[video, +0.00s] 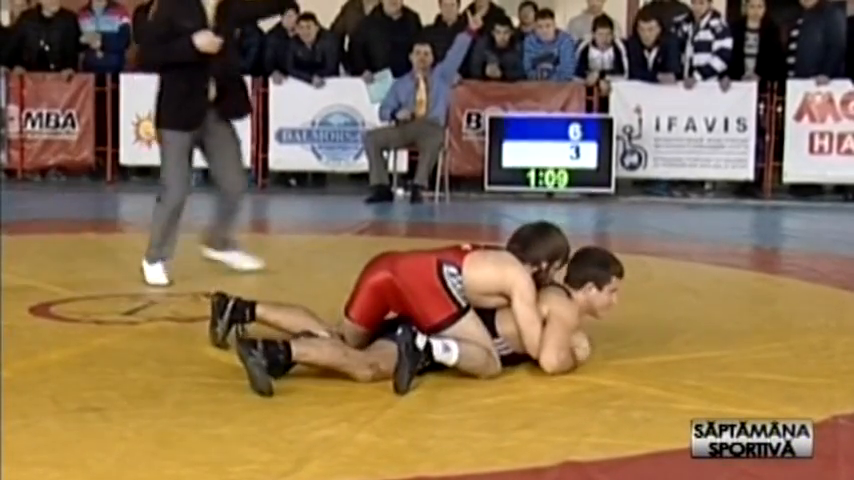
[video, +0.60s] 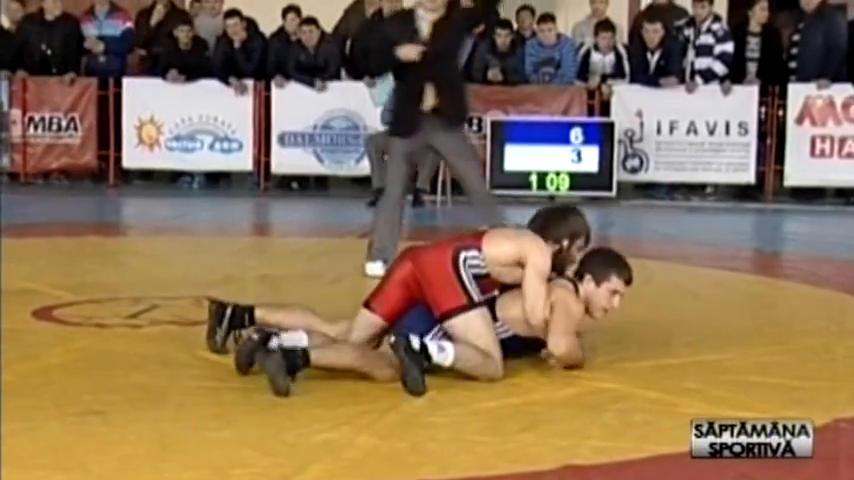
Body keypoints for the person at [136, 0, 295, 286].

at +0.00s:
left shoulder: (229, 7)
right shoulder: (169, 7)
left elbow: (270, 6)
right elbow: (148, 55)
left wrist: (288, 9)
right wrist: (191, 44)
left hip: (215, 109)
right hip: (177, 109)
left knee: (233, 184)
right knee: (175, 191)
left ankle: (217, 243)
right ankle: (155, 258)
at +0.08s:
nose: (247, 0)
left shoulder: (265, 24)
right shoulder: (201, 22)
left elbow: (302, 19)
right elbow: (173, 68)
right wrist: (216, 60)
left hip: (245, 127)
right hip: (203, 126)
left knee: (267, 192)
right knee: (188, 200)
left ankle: (282, 253)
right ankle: (154, 264)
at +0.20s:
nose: (286, 2)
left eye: (292, 0)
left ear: (301, 2)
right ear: (272, 1)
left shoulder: (311, 21)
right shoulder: (250, 23)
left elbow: (347, 18)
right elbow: (225, 70)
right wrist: (259, 63)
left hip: (297, 126)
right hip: (257, 125)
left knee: (310, 193)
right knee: (221, 190)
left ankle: (299, 259)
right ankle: (169, 256)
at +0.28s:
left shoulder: (340, 9)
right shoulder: (282, 7)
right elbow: (261, 58)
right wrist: (290, 51)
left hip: (328, 107)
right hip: (290, 105)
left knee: (323, 186)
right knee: (264, 181)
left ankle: (304, 252)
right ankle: (225, 249)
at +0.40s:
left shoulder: (381, 6)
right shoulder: (323, 4)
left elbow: (384, 44)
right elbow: (302, 40)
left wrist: (351, 40)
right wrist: (329, 31)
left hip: (370, 91)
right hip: (333, 89)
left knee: (372, 174)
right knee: (329, 169)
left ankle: (346, 233)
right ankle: (330, 238)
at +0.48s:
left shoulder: (409, 5)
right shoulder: (351, 6)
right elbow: (327, 46)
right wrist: (353, 33)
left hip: (401, 97)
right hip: (361, 98)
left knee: (414, 177)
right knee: (362, 177)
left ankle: (404, 227)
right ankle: (365, 247)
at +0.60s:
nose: (433, 2)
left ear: (447, 1)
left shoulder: (458, 21)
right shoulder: (397, 23)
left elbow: (488, 10)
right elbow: (366, 63)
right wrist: (395, 54)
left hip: (446, 121)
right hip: (407, 123)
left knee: (476, 186)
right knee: (394, 192)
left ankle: (508, 246)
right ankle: (380, 257)